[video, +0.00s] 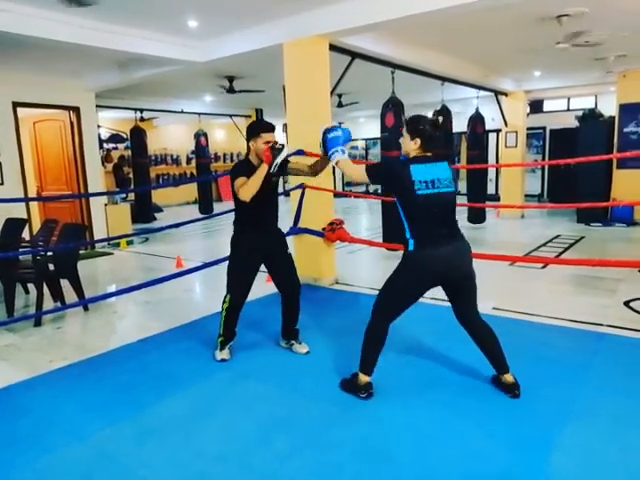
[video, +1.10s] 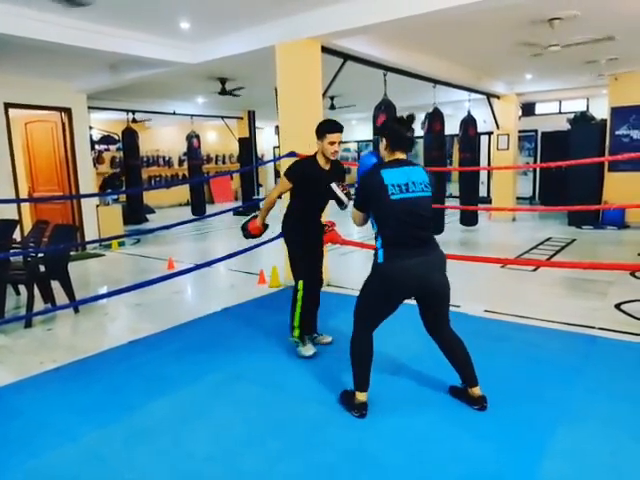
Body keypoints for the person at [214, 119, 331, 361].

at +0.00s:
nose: (271, 147)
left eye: (273, 143)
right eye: (266, 143)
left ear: (274, 144)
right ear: (251, 143)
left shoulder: (275, 164)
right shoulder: (241, 169)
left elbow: (312, 170)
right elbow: (245, 194)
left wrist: (331, 152)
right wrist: (267, 163)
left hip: (272, 239)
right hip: (246, 241)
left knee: (291, 288)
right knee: (236, 296)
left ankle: (289, 337)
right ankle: (224, 343)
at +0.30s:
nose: (271, 146)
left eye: (272, 141)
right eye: (265, 141)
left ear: (272, 142)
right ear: (251, 141)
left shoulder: (269, 166)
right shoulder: (242, 166)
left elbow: (285, 199)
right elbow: (263, 176)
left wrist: (293, 187)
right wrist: (284, 152)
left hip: (266, 236)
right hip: (243, 237)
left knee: (286, 287)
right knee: (235, 292)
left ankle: (287, 338)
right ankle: (221, 342)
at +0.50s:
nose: (273, 149)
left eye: (275, 144)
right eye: (268, 144)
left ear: (273, 145)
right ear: (254, 144)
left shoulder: (269, 171)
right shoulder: (242, 168)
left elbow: (264, 200)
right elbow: (234, 194)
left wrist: (287, 198)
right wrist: (271, 198)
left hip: (265, 238)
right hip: (241, 241)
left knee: (291, 283)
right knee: (231, 294)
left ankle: (289, 335)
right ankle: (219, 343)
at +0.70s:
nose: (291, 156)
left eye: (293, 152)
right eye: (288, 151)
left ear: (291, 152)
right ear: (273, 149)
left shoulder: (283, 178)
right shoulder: (256, 173)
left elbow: (276, 208)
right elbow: (232, 196)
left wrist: (296, 205)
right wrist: (228, 225)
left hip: (272, 241)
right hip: (248, 243)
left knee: (298, 284)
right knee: (234, 295)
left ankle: (307, 332)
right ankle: (217, 345)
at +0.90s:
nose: (324, 160)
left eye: (326, 156)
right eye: (320, 155)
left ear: (325, 155)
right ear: (306, 153)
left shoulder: (316, 180)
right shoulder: (288, 176)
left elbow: (318, 214)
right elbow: (255, 196)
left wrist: (329, 204)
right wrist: (224, 219)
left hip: (295, 237)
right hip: (275, 238)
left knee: (316, 284)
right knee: (264, 292)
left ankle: (309, 333)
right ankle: (227, 340)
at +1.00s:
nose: (331, 153)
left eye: (334, 148)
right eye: (327, 148)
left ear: (334, 147)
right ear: (314, 146)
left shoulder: (327, 173)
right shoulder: (295, 170)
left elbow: (331, 207)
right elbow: (264, 193)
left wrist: (338, 198)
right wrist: (241, 219)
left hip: (304, 229)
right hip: (284, 230)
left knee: (315, 283)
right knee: (286, 285)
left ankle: (308, 333)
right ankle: (259, 334)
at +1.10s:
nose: (336, 148)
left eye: (339, 144)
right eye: (331, 143)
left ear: (340, 143)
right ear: (319, 142)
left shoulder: (337, 169)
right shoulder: (301, 167)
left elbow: (337, 198)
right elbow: (273, 195)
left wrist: (344, 195)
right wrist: (261, 219)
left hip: (315, 224)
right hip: (294, 225)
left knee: (316, 281)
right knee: (303, 281)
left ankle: (311, 330)